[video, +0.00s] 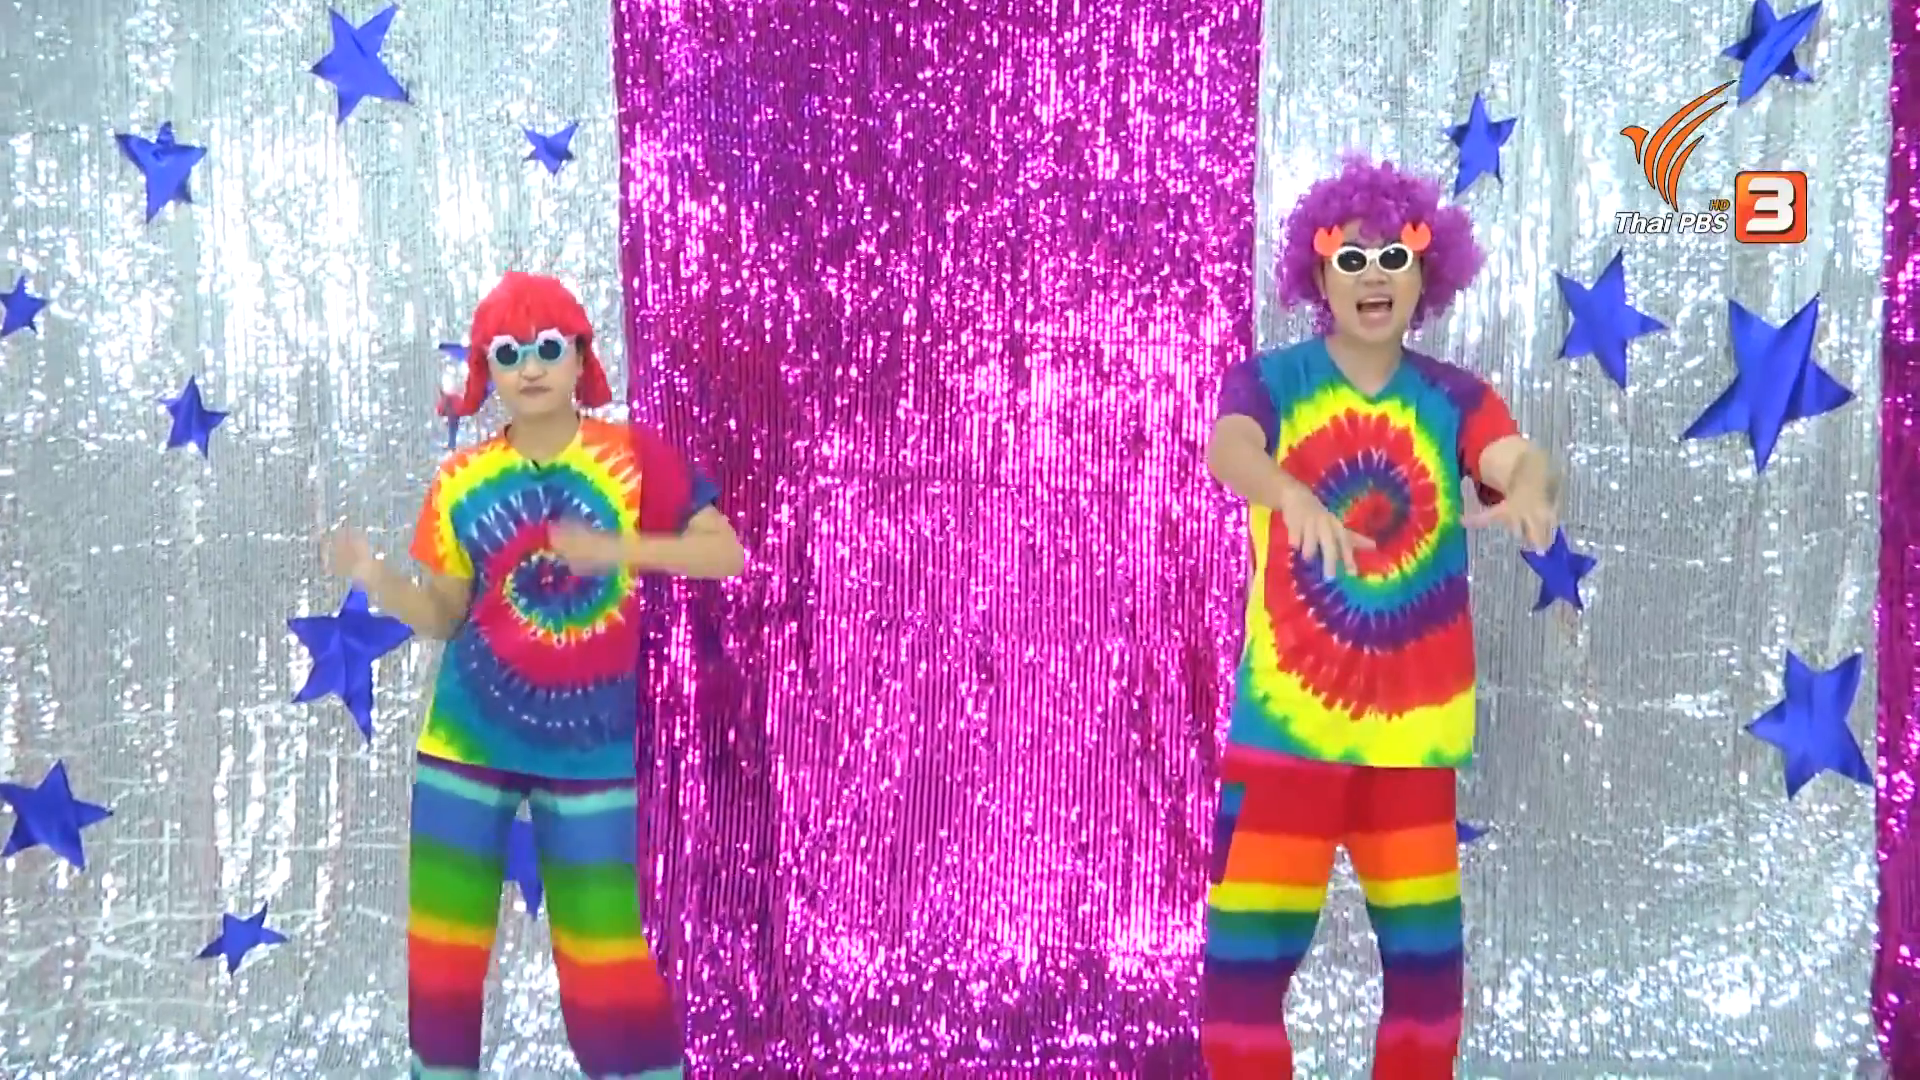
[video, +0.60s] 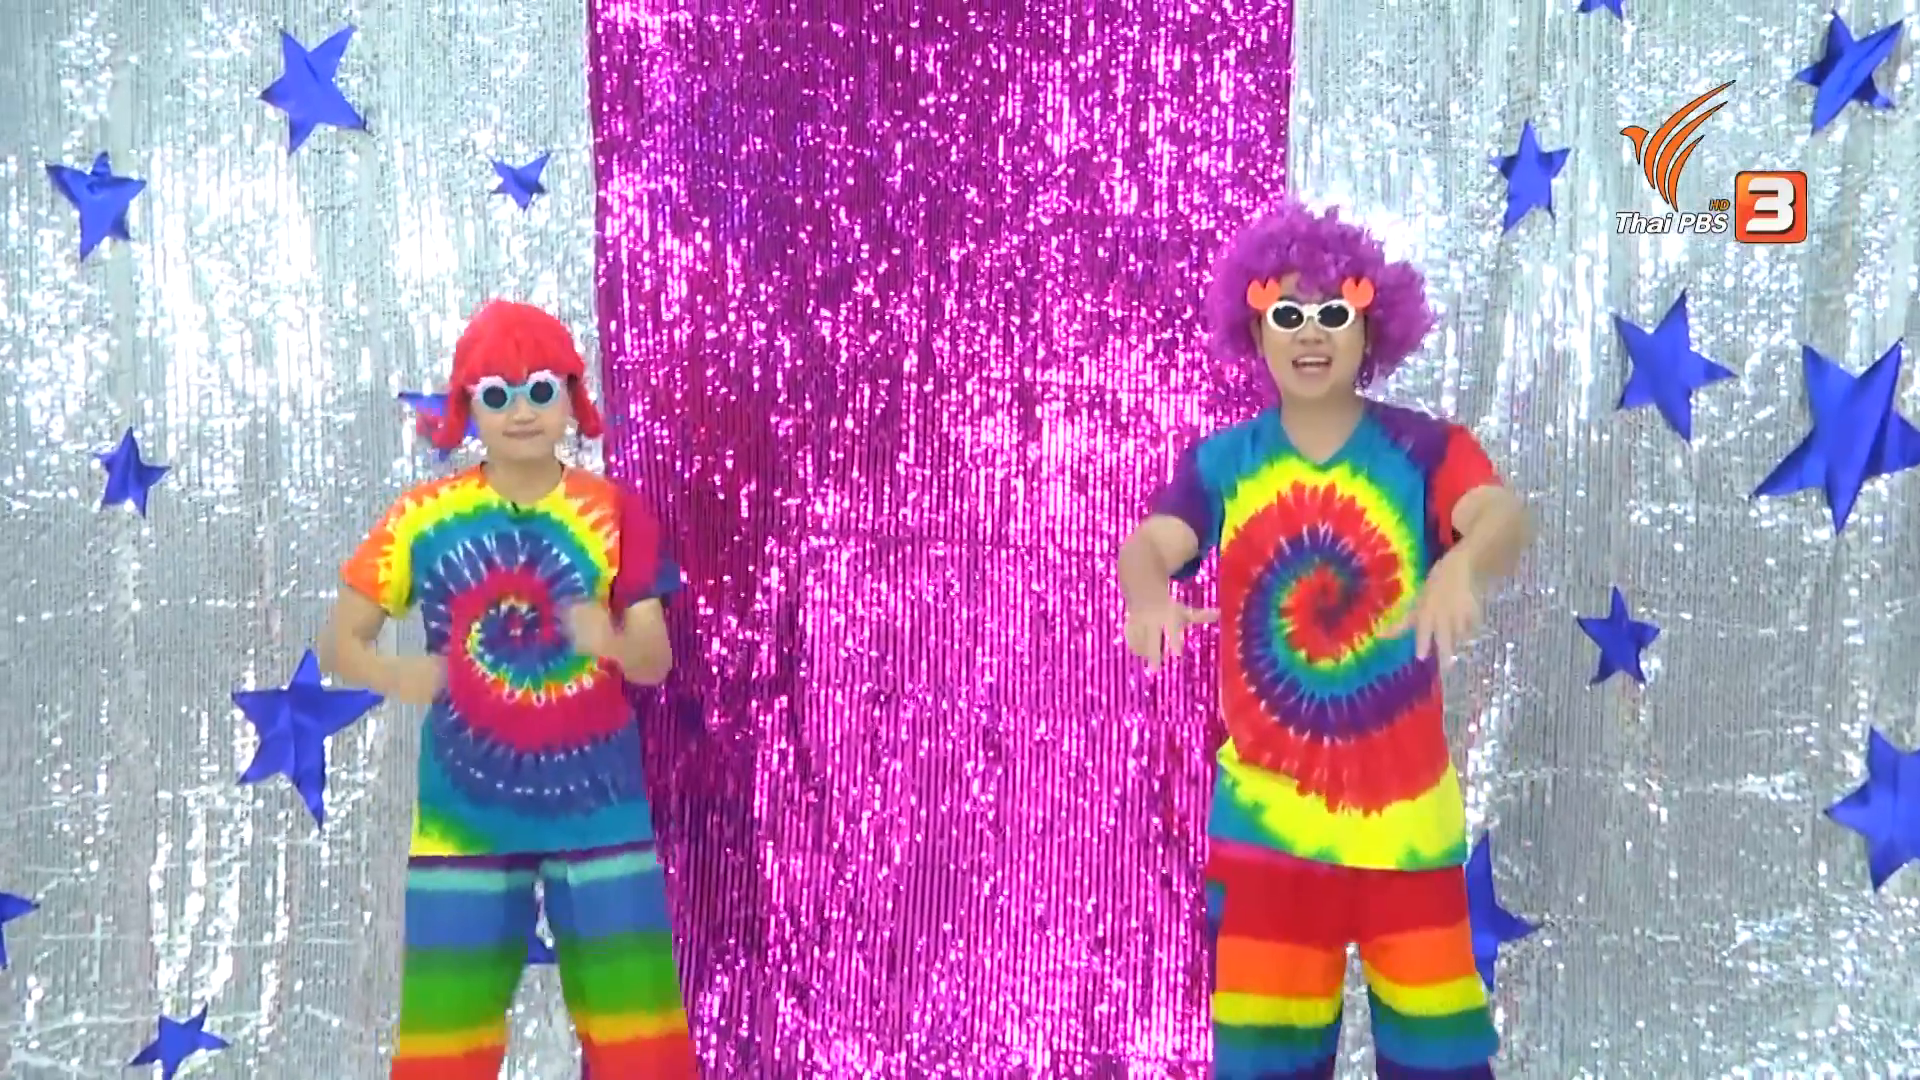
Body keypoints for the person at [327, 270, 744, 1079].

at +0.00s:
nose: (530, 371)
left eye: (550, 352)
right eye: (510, 355)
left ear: (582, 362)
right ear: (487, 371)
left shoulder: (636, 456)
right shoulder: (460, 478)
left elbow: (721, 553)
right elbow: (444, 613)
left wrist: (613, 548)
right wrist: (378, 574)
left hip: (593, 756)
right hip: (466, 749)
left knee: (609, 963)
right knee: (443, 960)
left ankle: (643, 1073)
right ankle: (445, 1071)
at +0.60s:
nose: (522, 410)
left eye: (542, 389)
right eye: (497, 393)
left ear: (572, 403)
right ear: (468, 411)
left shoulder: (612, 512)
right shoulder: (419, 518)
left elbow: (656, 657)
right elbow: (339, 644)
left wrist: (607, 637)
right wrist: (408, 674)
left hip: (598, 808)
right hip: (465, 814)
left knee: (637, 1033)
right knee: (445, 1042)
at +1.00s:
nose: (490, 460)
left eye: (509, 435)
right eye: (466, 448)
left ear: (551, 442)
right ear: (448, 471)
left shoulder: (603, 542)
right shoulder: (440, 566)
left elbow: (654, 668)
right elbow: (376, 708)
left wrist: (543, 568)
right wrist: (379, 569)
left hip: (548, 875)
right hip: (416, 869)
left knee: (550, 1069)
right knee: (387, 1066)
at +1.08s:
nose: (501, 449)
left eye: (522, 426)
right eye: (477, 432)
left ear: (562, 436)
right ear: (456, 453)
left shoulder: (613, 537)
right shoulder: (432, 559)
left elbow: (676, 662)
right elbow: (394, 714)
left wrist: (545, 625)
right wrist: (363, 637)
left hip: (568, 868)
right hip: (433, 864)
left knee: (565, 1067)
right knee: (396, 1064)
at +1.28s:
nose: (519, 446)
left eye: (544, 432)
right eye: (498, 423)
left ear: (569, 453)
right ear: (463, 435)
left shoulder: (614, 542)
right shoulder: (408, 560)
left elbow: (732, 615)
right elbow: (291, 669)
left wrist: (700, 674)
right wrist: (375, 703)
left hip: (605, 871)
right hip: (466, 873)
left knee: (616, 1068)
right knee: (430, 1068)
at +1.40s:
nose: (525, 455)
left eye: (550, 441)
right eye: (504, 430)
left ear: (571, 464)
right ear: (464, 441)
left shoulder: (609, 550)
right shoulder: (403, 563)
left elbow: (758, 624)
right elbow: (291, 671)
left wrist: (707, 598)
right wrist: (423, 631)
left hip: (621, 875)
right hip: (481, 880)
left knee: (629, 1068)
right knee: (450, 1069)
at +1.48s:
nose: (524, 465)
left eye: (550, 453)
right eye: (503, 442)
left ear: (570, 477)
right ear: (465, 454)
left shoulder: (604, 573)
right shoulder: (396, 581)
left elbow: (744, 654)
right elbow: (306, 693)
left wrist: (676, 572)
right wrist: (413, 602)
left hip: (625, 889)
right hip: (484, 900)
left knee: (636, 1069)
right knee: (458, 1070)